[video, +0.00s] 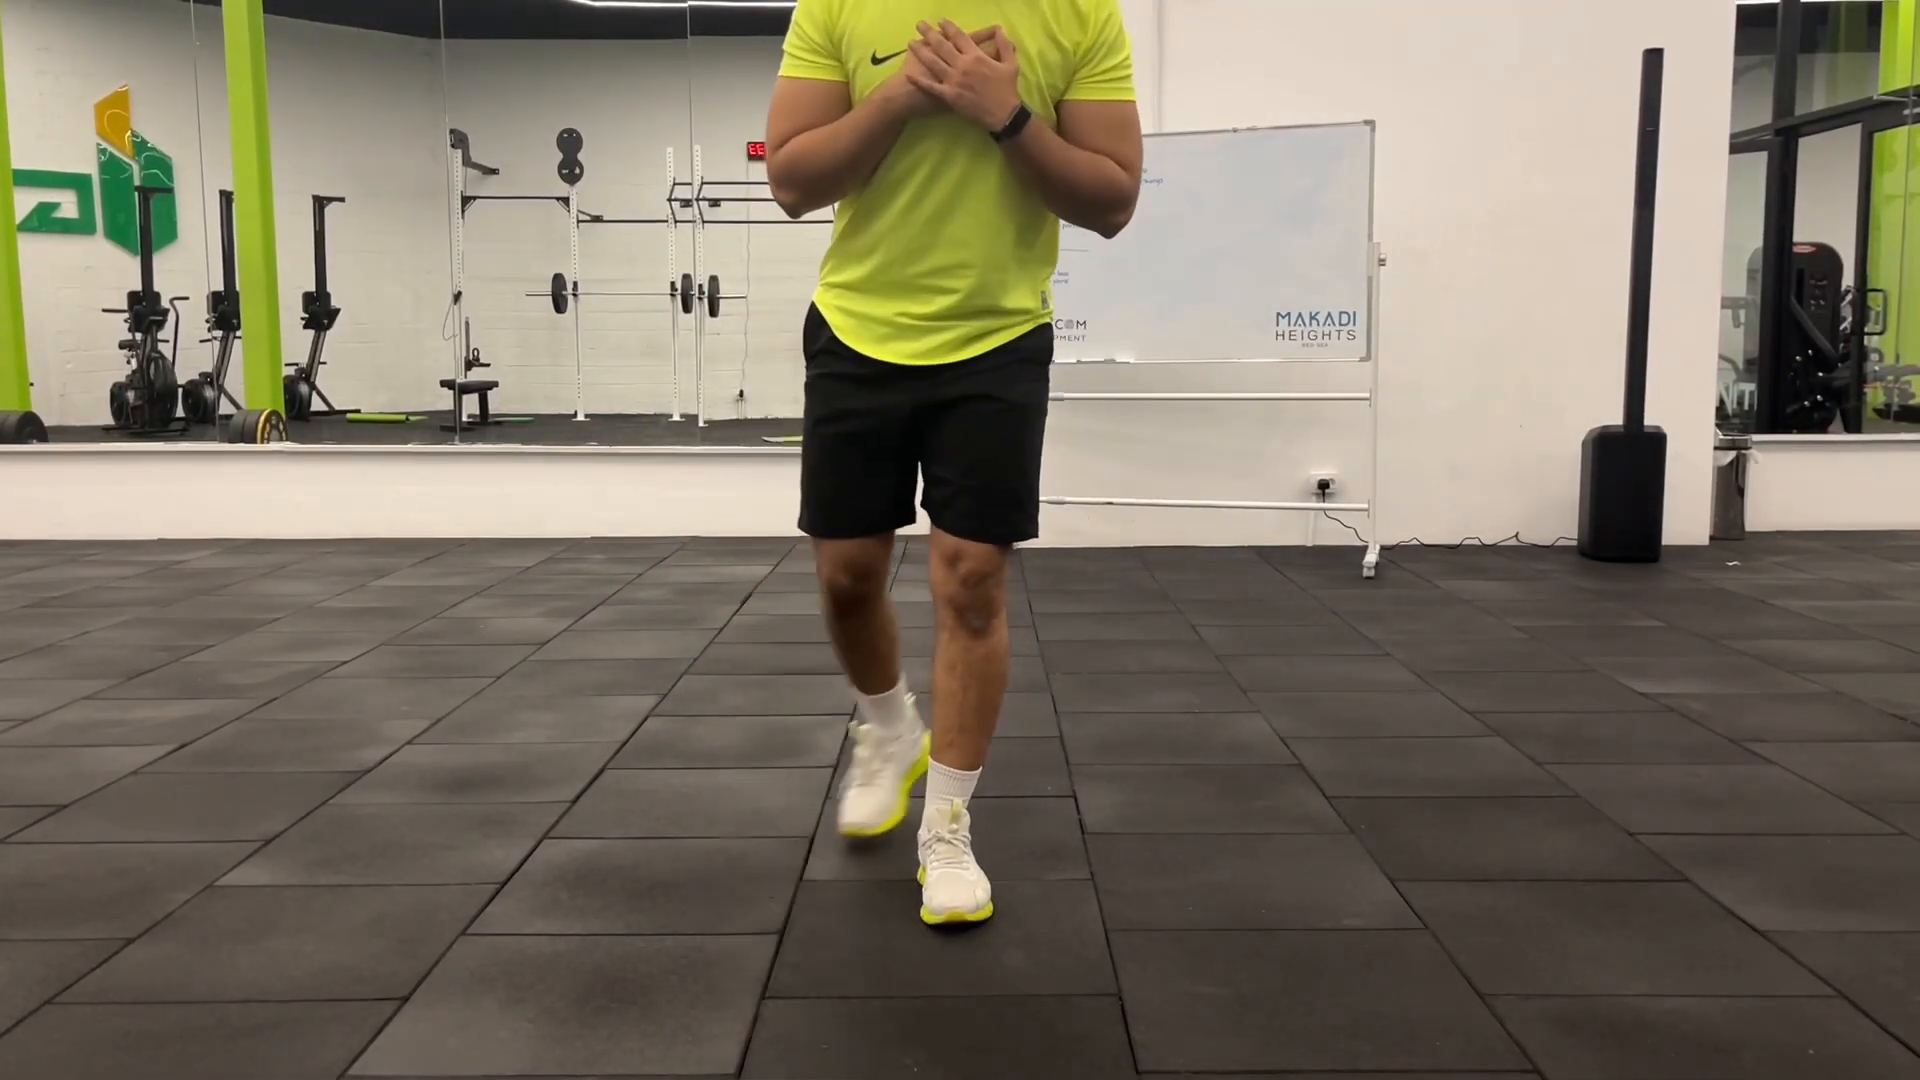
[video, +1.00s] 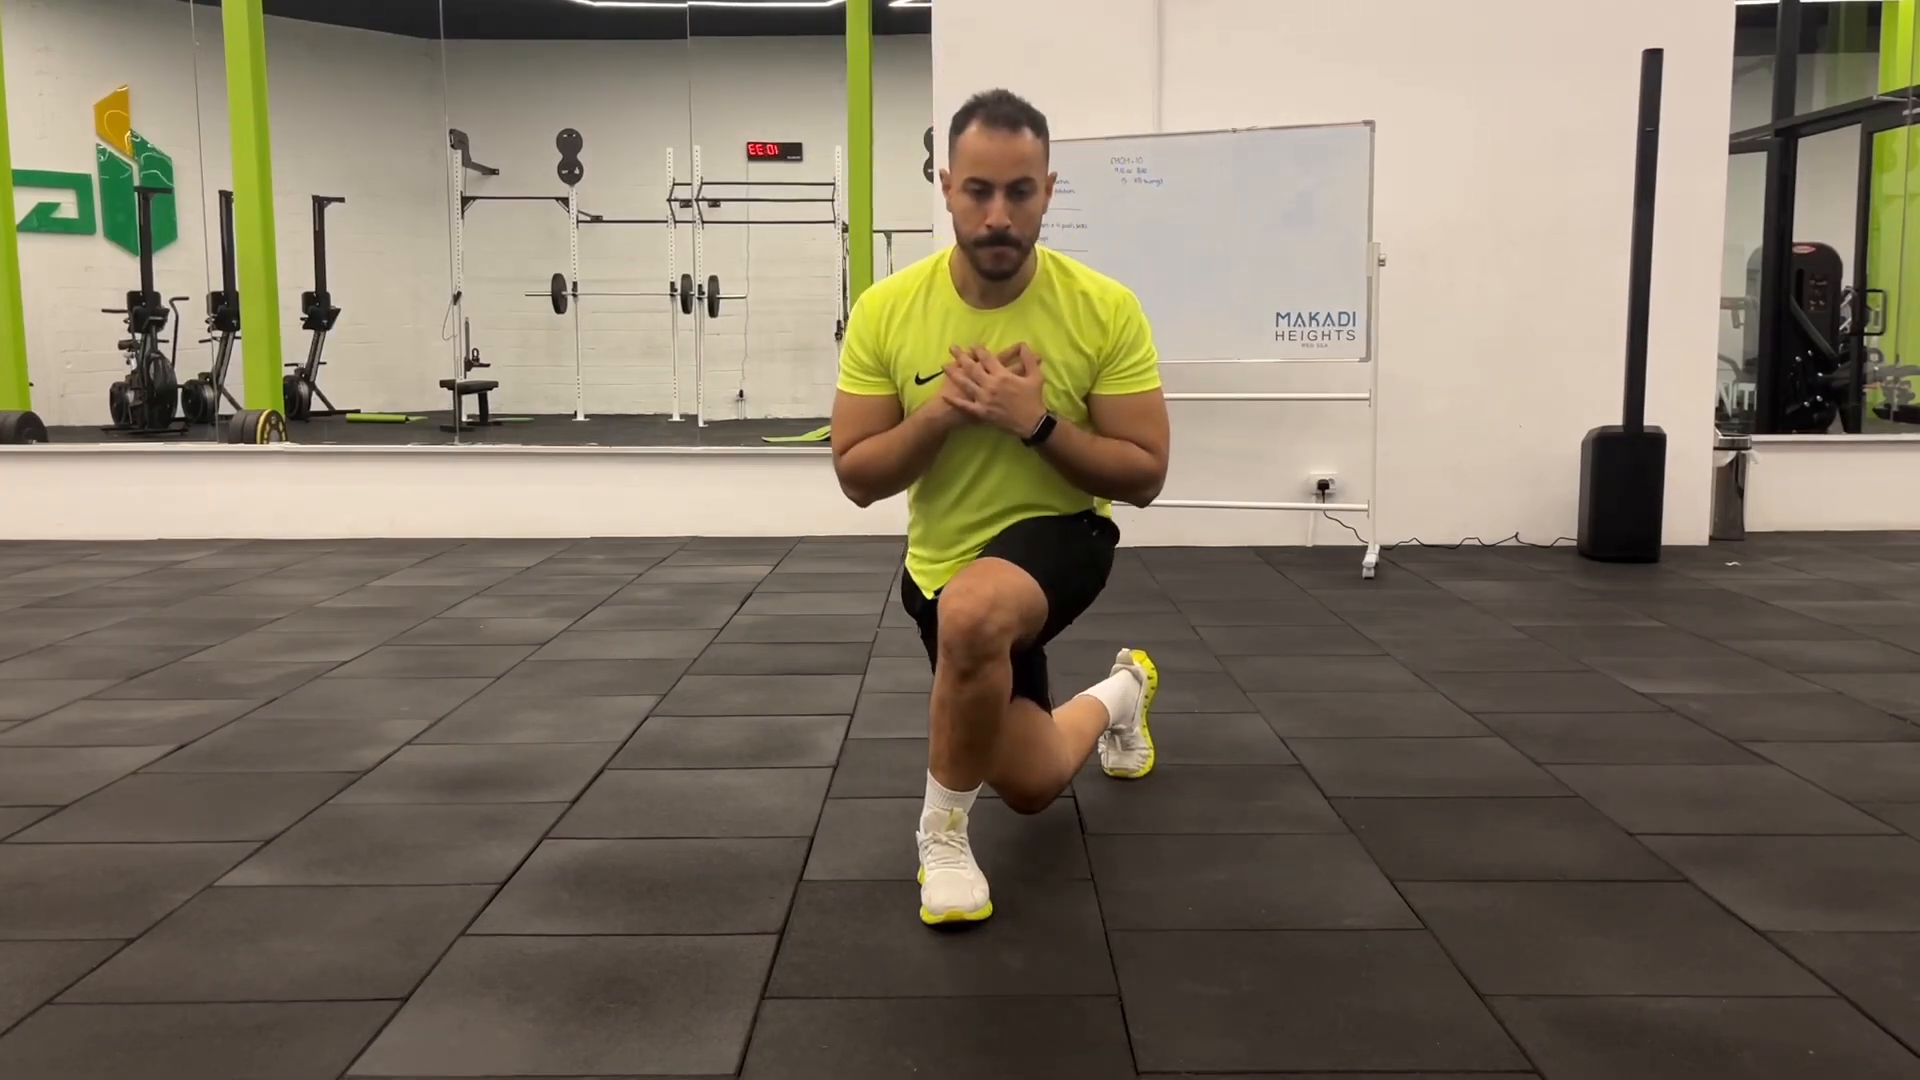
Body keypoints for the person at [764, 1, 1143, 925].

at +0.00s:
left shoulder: (1079, 15)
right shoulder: (836, 8)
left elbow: (1112, 199)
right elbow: (792, 182)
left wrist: (1006, 114)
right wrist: (902, 94)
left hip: (996, 330)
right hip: (858, 324)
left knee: (972, 582)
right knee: (847, 576)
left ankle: (949, 826)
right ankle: (888, 729)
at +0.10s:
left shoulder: (1082, 20)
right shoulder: (842, 11)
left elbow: (1114, 215)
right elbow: (794, 192)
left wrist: (1019, 136)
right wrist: (908, 110)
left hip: (1005, 331)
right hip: (870, 330)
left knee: (977, 582)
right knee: (891, 581)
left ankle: (947, 829)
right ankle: (983, 675)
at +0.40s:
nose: (993, 46)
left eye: (1016, 21)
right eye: (972, 20)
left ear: (1041, 24)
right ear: (933, 18)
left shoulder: (1091, 148)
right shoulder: (853, 140)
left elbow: (1126, 322)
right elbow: (816, 320)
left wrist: (1029, 270)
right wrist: (928, 252)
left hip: (1033, 395)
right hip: (908, 411)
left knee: (973, 607)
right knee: (998, 604)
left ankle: (946, 834)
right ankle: (1093, 684)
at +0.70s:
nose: (994, 177)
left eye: (1015, 151)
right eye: (973, 150)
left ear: (1043, 149)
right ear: (937, 150)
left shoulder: (1103, 265)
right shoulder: (877, 266)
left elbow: (1142, 426)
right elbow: (851, 430)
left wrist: (1036, 386)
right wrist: (937, 373)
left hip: (1058, 484)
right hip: (940, 509)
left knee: (970, 609)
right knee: (1029, 729)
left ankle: (944, 831)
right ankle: (1126, 687)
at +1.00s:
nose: (999, 217)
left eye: (1020, 193)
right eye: (979, 192)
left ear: (1048, 193)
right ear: (946, 191)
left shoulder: (1106, 313)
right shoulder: (885, 313)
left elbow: (1144, 473)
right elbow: (858, 477)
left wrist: (1040, 426)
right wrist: (943, 413)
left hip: (1063, 523)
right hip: (944, 546)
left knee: (970, 613)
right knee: (1028, 782)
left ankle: (943, 831)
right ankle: (1124, 693)